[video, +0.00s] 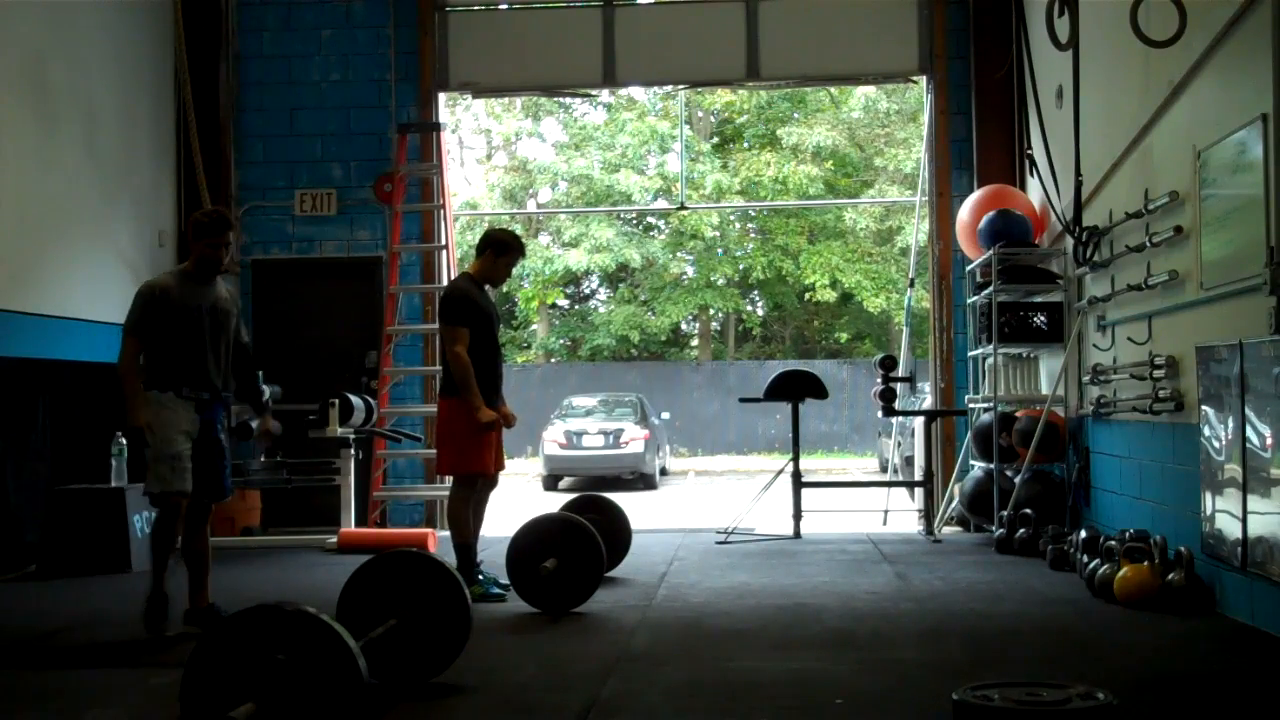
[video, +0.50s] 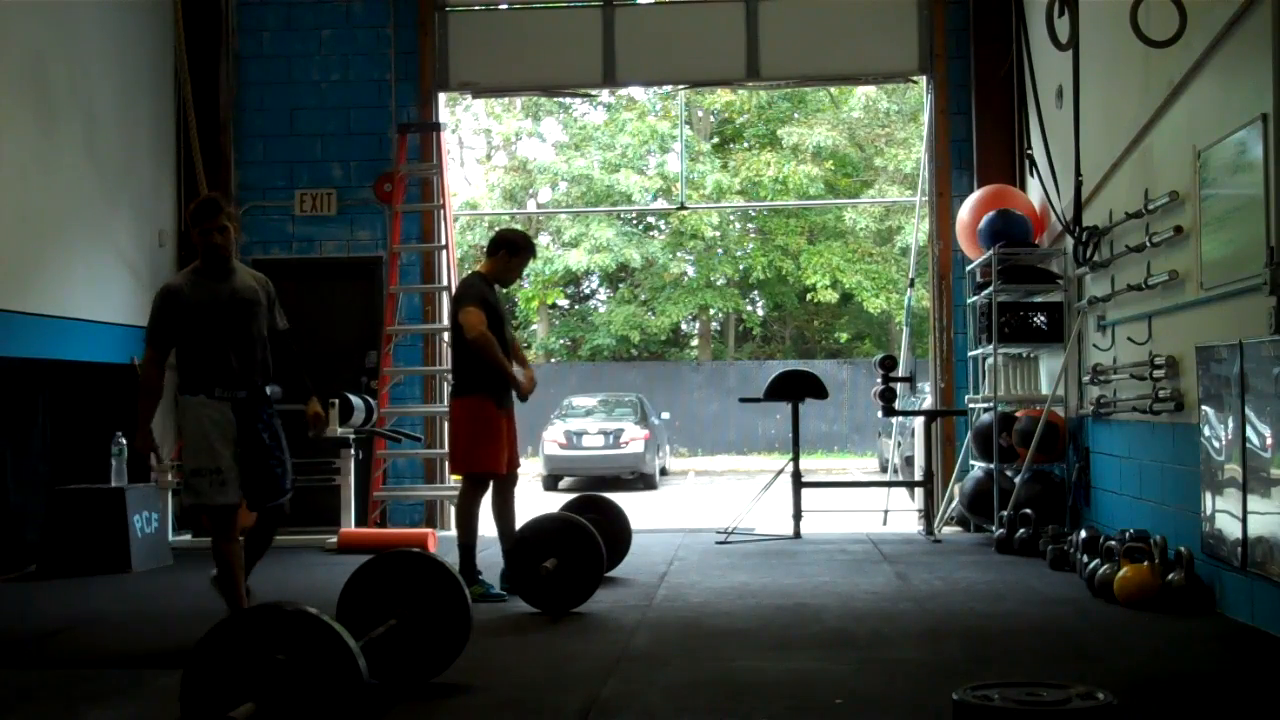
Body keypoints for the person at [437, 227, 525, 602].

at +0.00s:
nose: (509, 275)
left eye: (512, 268)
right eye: (509, 267)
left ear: (494, 258)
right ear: (490, 256)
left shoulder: (481, 294)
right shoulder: (460, 292)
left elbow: (486, 355)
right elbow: (456, 352)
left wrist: (499, 403)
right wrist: (479, 405)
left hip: (485, 406)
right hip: (464, 405)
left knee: (485, 482)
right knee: (466, 484)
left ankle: (471, 568)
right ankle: (467, 575)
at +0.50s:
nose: (520, 276)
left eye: (523, 269)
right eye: (520, 267)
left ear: (503, 258)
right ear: (502, 256)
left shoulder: (492, 294)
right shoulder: (472, 288)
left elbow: (508, 337)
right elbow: (475, 333)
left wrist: (526, 368)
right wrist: (513, 377)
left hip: (497, 401)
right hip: (474, 402)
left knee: (506, 481)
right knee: (475, 484)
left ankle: (514, 568)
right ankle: (469, 576)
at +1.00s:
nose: (548, 281)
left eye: (551, 274)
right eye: (549, 272)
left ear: (533, 260)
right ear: (533, 259)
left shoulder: (522, 300)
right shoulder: (501, 294)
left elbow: (535, 358)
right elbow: (504, 354)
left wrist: (564, 399)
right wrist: (533, 404)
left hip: (524, 401)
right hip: (504, 400)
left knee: (526, 481)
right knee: (512, 480)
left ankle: (526, 568)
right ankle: (477, 569)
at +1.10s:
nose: (554, 281)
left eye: (557, 275)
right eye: (554, 272)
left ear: (537, 259)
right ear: (538, 259)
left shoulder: (529, 301)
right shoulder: (505, 294)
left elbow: (536, 364)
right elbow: (502, 355)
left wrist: (557, 409)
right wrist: (522, 407)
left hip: (530, 402)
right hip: (507, 401)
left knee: (529, 480)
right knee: (516, 478)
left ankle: (524, 567)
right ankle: (481, 568)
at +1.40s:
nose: (564, 282)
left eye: (567, 276)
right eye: (565, 274)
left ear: (549, 261)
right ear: (549, 261)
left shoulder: (536, 299)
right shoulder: (515, 293)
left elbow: (536, 358)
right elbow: (504, 351)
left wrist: (543, 408)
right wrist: (516, 408)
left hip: (535, 403)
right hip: (519, 403)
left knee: (524, 482)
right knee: (521, 481)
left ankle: (516, 571)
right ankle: (504, 572)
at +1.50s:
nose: (566, 283)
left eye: (570, 278)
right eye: (567, 275)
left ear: (552, 263)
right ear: (552, 262)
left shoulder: (538, 299)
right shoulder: (518, 294)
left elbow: (542, 360)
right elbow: (509, 350)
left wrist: (551, 405)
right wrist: (525, 405)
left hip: (533, 401)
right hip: (516, 401)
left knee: (524, 483)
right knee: (521, 483)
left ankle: (518, 571)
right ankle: (512, 572)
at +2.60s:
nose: (591, 288)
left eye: (596, 282)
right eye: (593, 280)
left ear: (574, 265)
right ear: (578, 266)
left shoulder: (552, 298)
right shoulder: (543, 297)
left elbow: (544, 358)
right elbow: (532, 356)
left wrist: (556, 408)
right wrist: (547, 410)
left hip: (543, 403)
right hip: (527, 403)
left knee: (548, 484)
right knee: (525, 486)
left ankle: (555, 565)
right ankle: (520, 574)